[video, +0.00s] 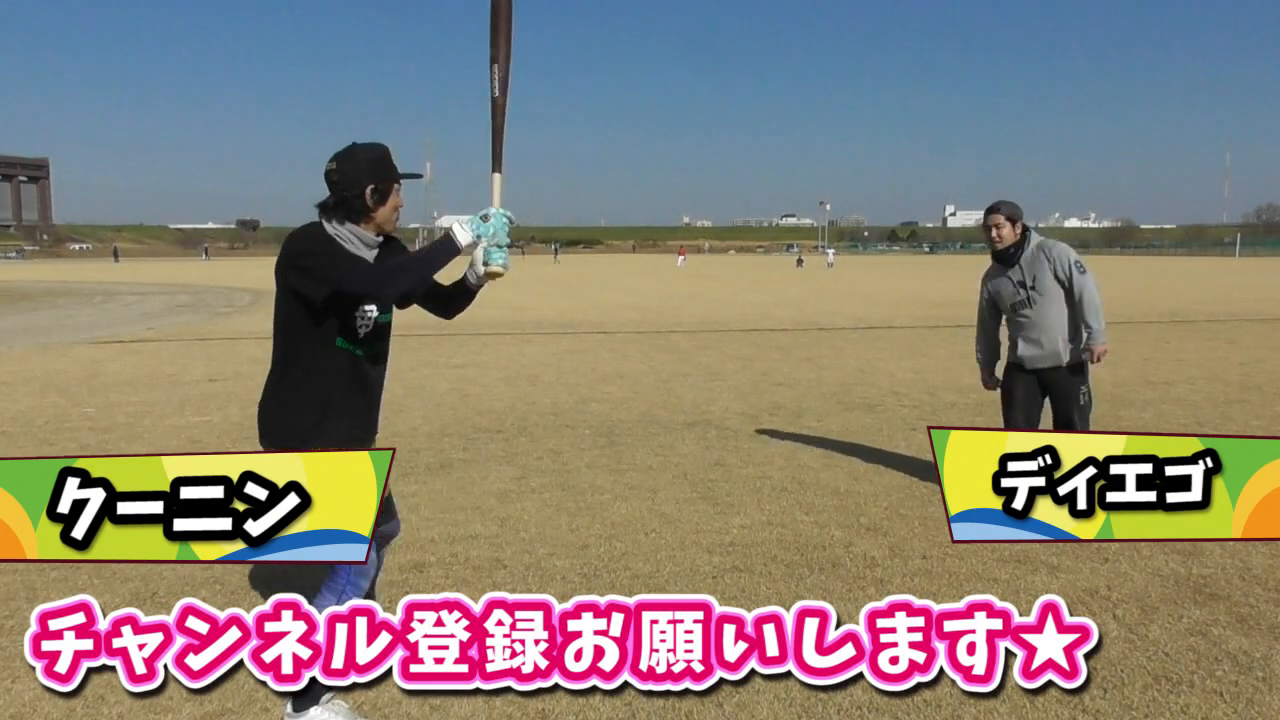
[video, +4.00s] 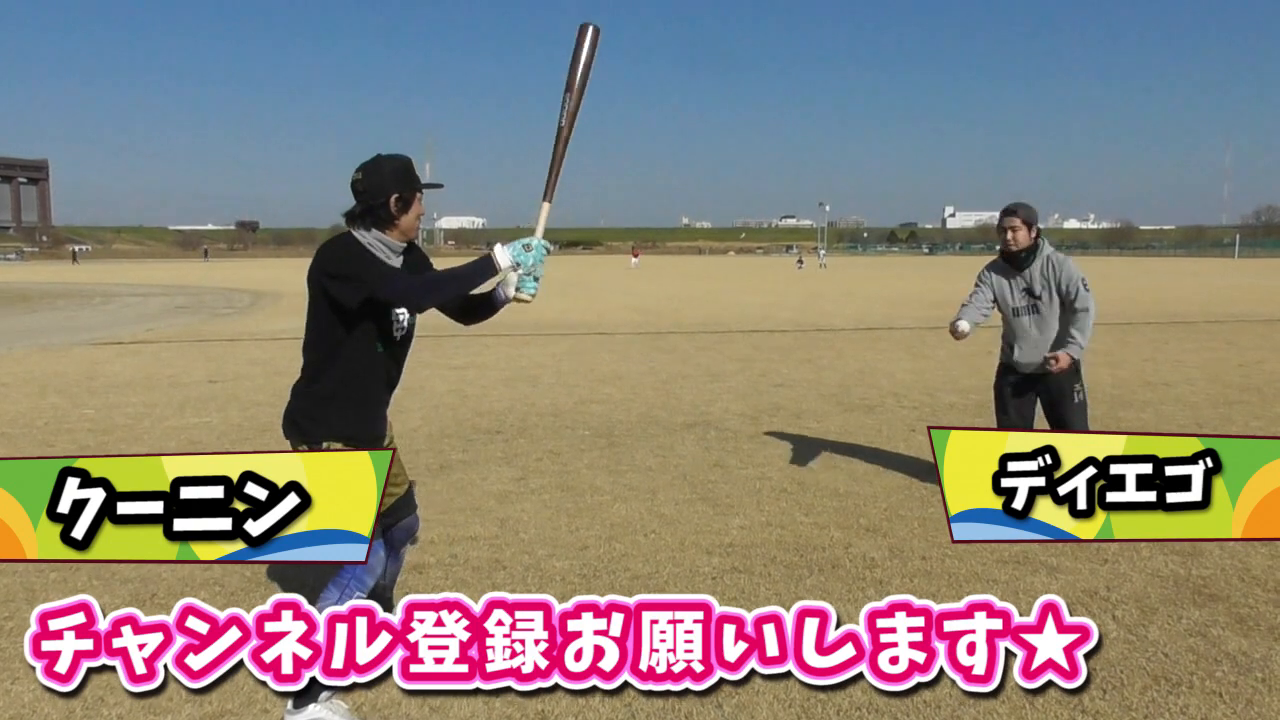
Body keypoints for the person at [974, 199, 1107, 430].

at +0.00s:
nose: (993, 234)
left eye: (999, 227)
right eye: (988, 229)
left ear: (1017, 227)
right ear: (985, 232)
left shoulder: (1055, 253)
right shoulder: (993, 278)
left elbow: (1086, 290)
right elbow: (987, 327)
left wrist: (1095, 336)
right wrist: (987, 366)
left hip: (1066, 364)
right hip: (1022, 368)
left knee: (1073, 440)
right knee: (1017, 438)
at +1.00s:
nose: (1001, 235)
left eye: (1008, 228)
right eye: (995, 229)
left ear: (1023, 229)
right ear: (988, 232)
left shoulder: (1050, 255)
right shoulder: (984, 273)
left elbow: (1080, 293)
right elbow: (970, 303)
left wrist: (1100, 334)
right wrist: (963, 325)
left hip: (1061, 362)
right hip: (1016, 368)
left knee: (1079, 438)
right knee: (1015, 441)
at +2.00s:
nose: (1065, 290)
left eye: (1072, 286)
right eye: (1060, 284)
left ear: (1082, 280)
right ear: (1049, 271)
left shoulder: (1089, 294)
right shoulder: (1018, 281)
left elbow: (1093, 342)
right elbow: (999, 325)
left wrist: (1082, 388)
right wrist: (1003, 370)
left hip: (1058, 373)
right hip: (1014, 371)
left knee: (1076, 439)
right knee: (1011, 441)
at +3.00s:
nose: (1042, 279)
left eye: (1050, 274)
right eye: (1038, 271)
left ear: (1066, 273)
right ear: (1032, 265)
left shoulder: (1074, 303)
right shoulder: (1011, 283)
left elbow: (1078, 358)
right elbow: (990, 321)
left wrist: (1066, 413)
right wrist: (991, 364)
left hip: (1057, 374)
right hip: (1014, 373)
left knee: (1075, 437)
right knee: (1012, 438)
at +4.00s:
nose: (1007, 237)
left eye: (1014, 230)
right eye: (1003, 231)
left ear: (1033, 232)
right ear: (998, 233)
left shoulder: (1059, 266)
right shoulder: (994, 272)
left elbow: (1083, 309)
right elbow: (979, 301)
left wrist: (1070, 352)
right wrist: (965, 321)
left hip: (1059, 369)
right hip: (1014, 371)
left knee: (1074, 444)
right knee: (1012, 444)